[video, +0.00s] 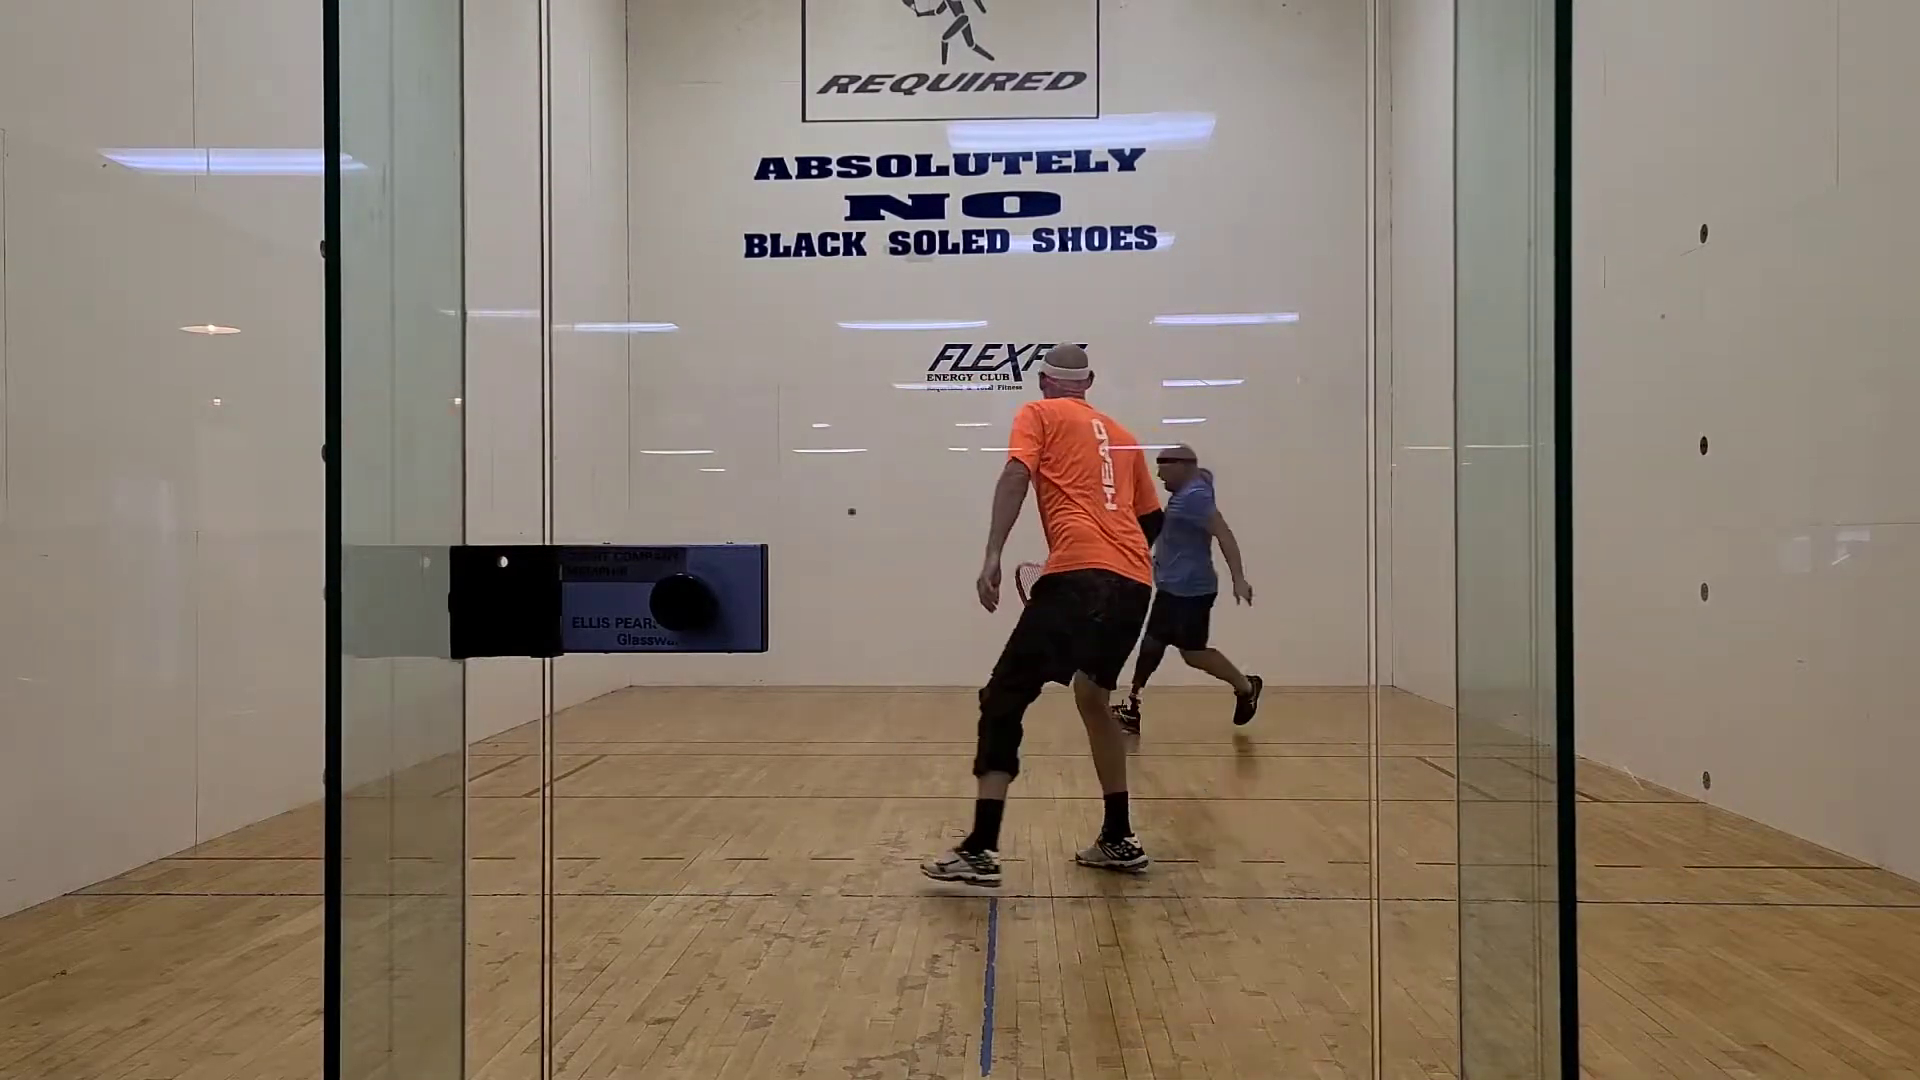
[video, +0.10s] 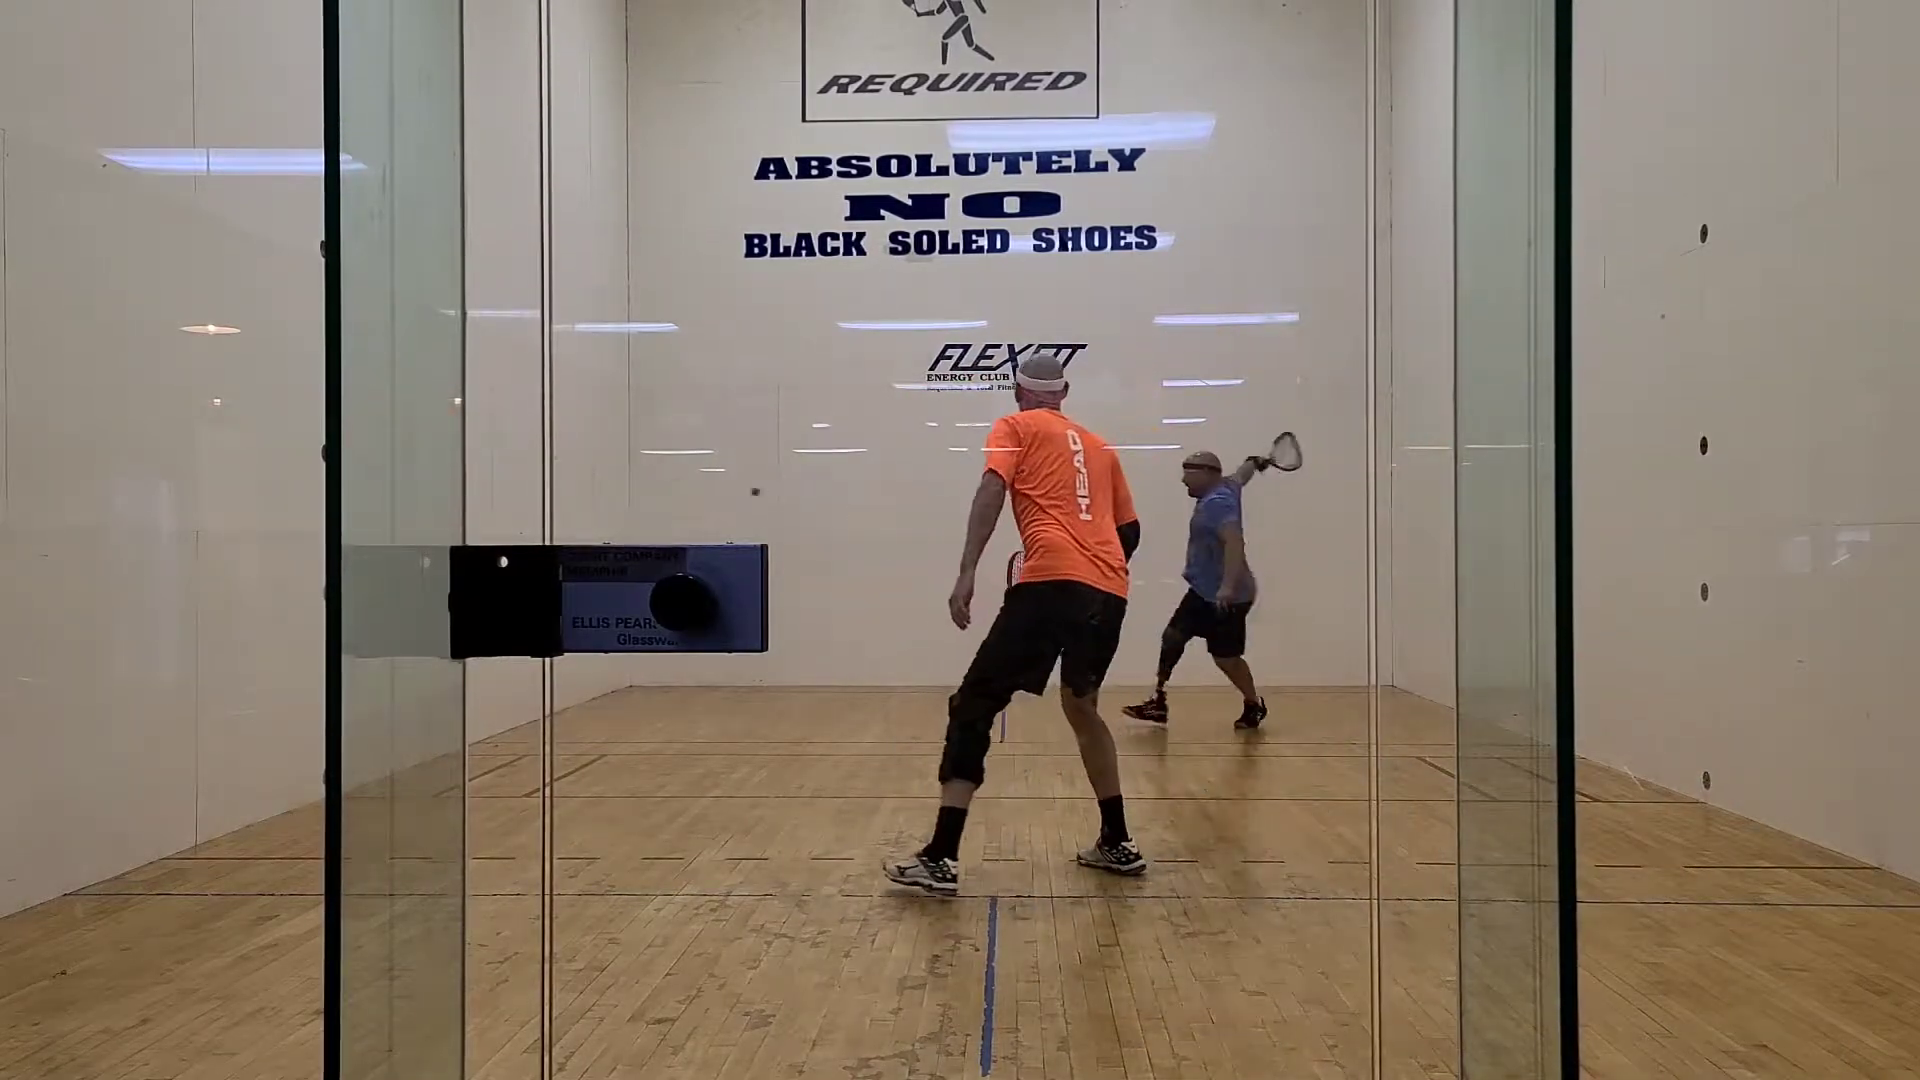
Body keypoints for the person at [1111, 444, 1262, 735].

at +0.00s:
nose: (1160, 475)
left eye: (1164, 468)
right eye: (1159, 469)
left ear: (1183, 467)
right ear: (1181, 467)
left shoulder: (1194, 497)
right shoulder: (1181, 495)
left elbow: (1224, 533)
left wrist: (1238, 578)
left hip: (1191, 590)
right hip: (1170, 588)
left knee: (1193, 655)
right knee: (1151, 647)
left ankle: (1246, 687)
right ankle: (1131, 706)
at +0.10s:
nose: (1184, 482)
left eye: (1189, 477)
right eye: (1184, 477)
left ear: (1209, 474)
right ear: (1208, 475)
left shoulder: (1220, 504)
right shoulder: (1224, 488)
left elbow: (1234, 544)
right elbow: (1242, 474)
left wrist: (1227, 586)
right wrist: (1256, 462)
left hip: (1229, 597)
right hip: (1202, 592)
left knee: (1226, 657)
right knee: (1172, 638)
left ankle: (1253, 704)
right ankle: (1157, 700)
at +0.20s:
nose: (1208, 481)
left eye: (1214, 475)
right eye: (1208, 476)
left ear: (1234, 477)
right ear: (1234, 477)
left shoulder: (1239, 507)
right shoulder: (1253, 492)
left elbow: (1248, 547)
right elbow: (1268, 486)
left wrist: (1234, 587)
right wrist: (1278, 478)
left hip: (1257, 596)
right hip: (1243, 592)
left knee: (1231, 650)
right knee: (1209, 637)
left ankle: (1255, 708)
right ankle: (1226, 688)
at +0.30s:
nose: (1235, 484)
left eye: (1240, 478)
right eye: (1235, 479)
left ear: (1259, 480)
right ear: (1261, 481)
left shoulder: (1263, 507)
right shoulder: (1272, 500)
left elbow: (1271, 547)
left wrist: (1257, 588)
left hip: (1278, 591)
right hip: (1285, 590)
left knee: (1241, 644)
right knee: (1260, 640)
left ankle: (1255, 709)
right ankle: (1302, 682)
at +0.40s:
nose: (1259, 496)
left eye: (1265, 491)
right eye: (1259, 491)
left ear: (1285, 493)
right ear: (1286, 494)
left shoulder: (1287, 518)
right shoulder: (1300, 508)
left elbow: (1295, 558)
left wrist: (1276, 594)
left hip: (1303, 599)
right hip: (1317, 598)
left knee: (1258, 638)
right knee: (1313, 656)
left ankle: (1257, 707)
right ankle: (1355, 696)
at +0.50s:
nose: (1277, 499)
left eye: (1282, 493)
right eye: (1275, 494)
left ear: (1300, 493)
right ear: (1274, 494)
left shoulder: (1306, 518)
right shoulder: (1308, 512)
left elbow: (1317, 558)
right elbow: (1307, 558)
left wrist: (1299, 601)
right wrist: (1297, 586)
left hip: (1331, 593)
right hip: (1337, 592)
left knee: (1288, 636)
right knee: (1316, 654)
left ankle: (1266, 703)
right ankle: (1356, 697)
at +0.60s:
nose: (1297, 477)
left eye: (1303, 471)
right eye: (1294, 472)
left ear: (1318, 472)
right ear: (1293, 476)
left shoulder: (1328, 498)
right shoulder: (1316, 500)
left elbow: (1343, 538)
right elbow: (1329, 541)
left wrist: (1326, 577)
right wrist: (1321, 577)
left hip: (1344, 581)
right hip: (1337, 581)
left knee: (1314, 630)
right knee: (1334, 638)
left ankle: (1303, 700)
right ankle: (1359, 694)